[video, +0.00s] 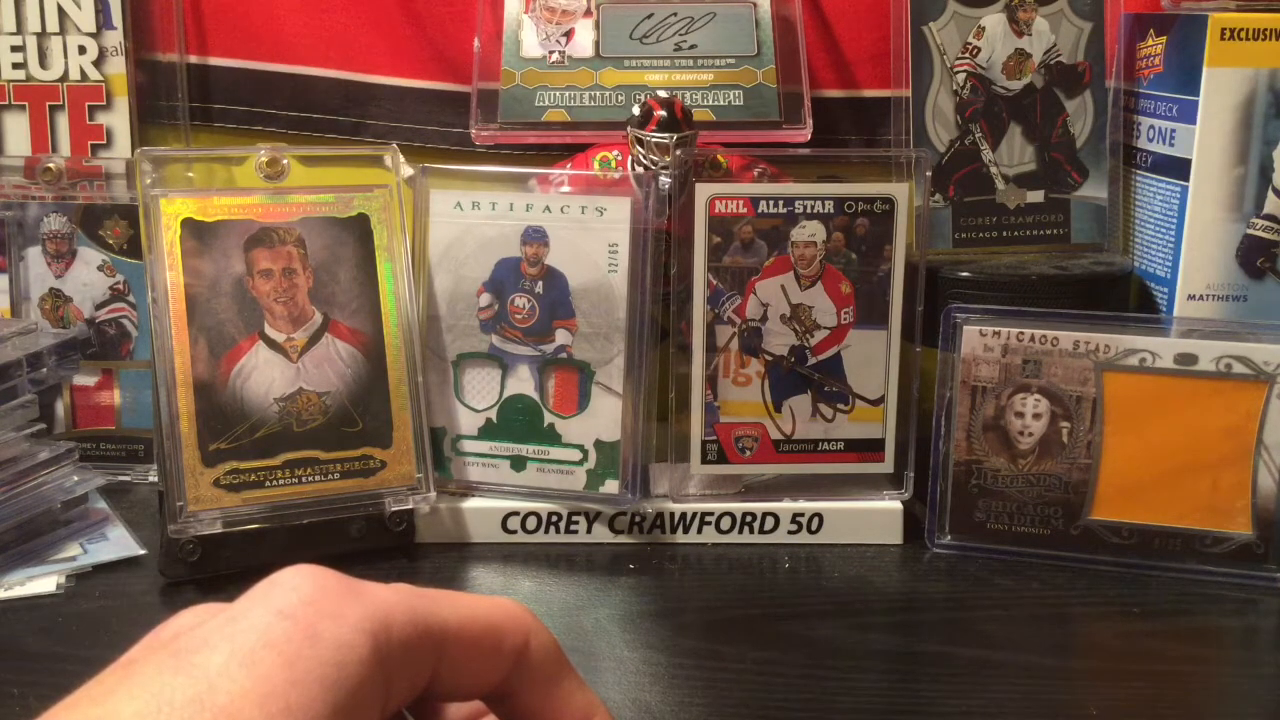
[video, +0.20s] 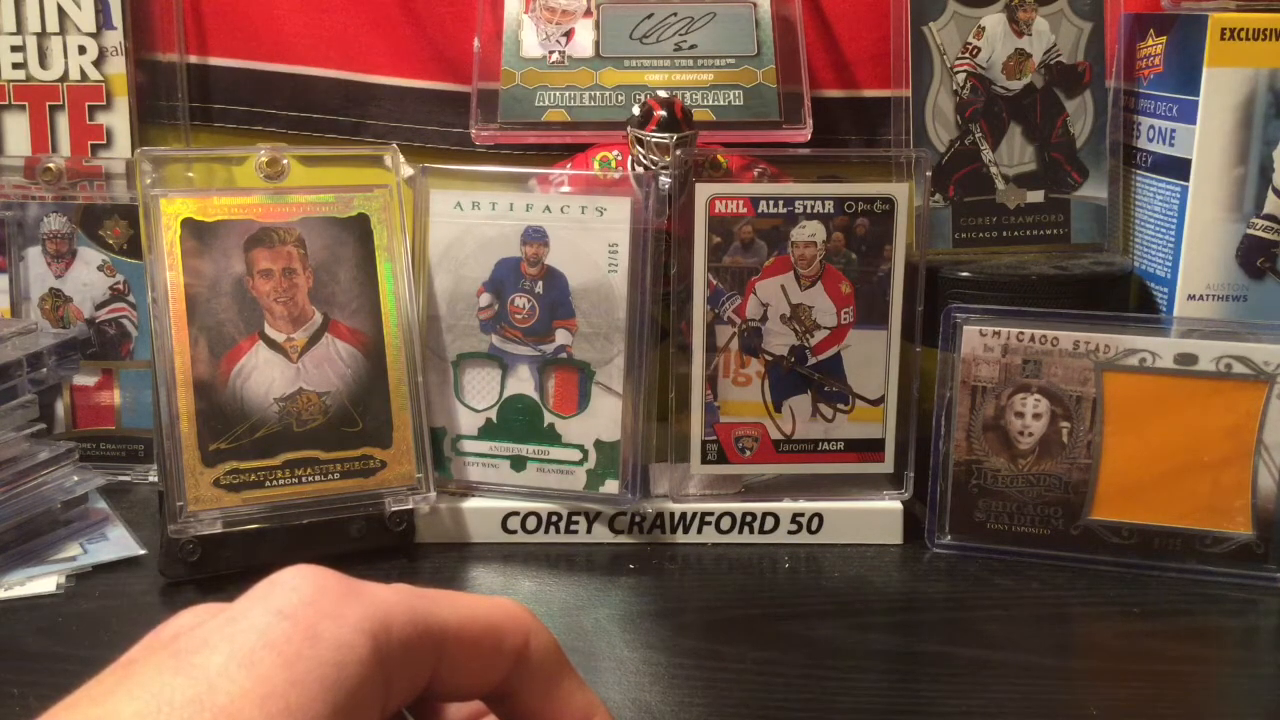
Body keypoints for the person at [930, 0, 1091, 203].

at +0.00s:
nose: (1029, 15)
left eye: (1033, 10)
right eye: (1023, 9)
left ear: (1037, 9)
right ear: (1011, 8)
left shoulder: (1041, 27)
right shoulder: (990, 25)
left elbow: (1051, 60)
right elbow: (965, 62)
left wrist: (1068, 74)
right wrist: (970, 97)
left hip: (1026, 92)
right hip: (993, 94)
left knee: (1056, 121)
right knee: (979, 138)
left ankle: (1062, 175)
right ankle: (942, 184)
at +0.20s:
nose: (1029, 15)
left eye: (1033, 10)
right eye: (1023, 9)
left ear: (1037, 9)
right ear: (1011, 8)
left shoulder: (1041, 27)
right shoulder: (990, 26)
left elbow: (1051, 60)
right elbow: (964, 62)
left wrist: (1068, 74)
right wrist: (970, 97)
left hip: (1026, 91)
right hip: (993, 94)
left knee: (1056, 121)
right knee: (980, 138)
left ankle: (1062, 175)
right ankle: (942, 184)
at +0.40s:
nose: (1028, 16)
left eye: (1033, 10)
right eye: (1023, 10)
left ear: (1037, 10)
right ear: (1011, 8)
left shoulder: (1041, 27)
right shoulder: (991, 25)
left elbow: (1051, 61)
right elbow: (965, 63)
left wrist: (1068, 73)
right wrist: (970, 97)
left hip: (1028, 91)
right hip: (993, 93)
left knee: (1056, 121)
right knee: (980, 137)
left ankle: (1063, 176)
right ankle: (942, 185)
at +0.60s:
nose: (1028, 16)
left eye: (1032, 10)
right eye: (1023, 10)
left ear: (1037, 10)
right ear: (1011, 8)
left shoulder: (1041, 27)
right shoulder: (991, 25)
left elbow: (1051, 61)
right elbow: (965, 63)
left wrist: (1068, 74)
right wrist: (970, 98)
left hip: (1028, 91)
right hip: (993, 93)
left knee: (1056, 122)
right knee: (980, 138)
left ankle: (1063, 176)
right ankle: (942, 185)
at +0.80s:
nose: (1028, 16)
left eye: (1033, 10)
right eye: (1023, 10)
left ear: (1037, 10)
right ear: (1011, 8)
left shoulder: (1042, 27)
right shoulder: (991, 25)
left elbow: (1051, 62)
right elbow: (964, 63)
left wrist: (1068, 73)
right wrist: (970, 99)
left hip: (1028, 91)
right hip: (993, 93)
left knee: (1056, 122)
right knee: (980, 138)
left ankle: (1063, 177)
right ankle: (942, 186)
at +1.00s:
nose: (1029, 15)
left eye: (1033, 10)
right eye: (1023, 9)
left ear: (1037, 9)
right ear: (1011, 8)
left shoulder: (1041, 27)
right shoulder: (991, 26)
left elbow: (1051, 58)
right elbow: (965, 62)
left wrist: (1066, 74)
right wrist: (968, 98)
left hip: (1024, 93)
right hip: (992, 94)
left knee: (1052, 132)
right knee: (979, 142)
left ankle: (1060, 185)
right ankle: (940, 184)